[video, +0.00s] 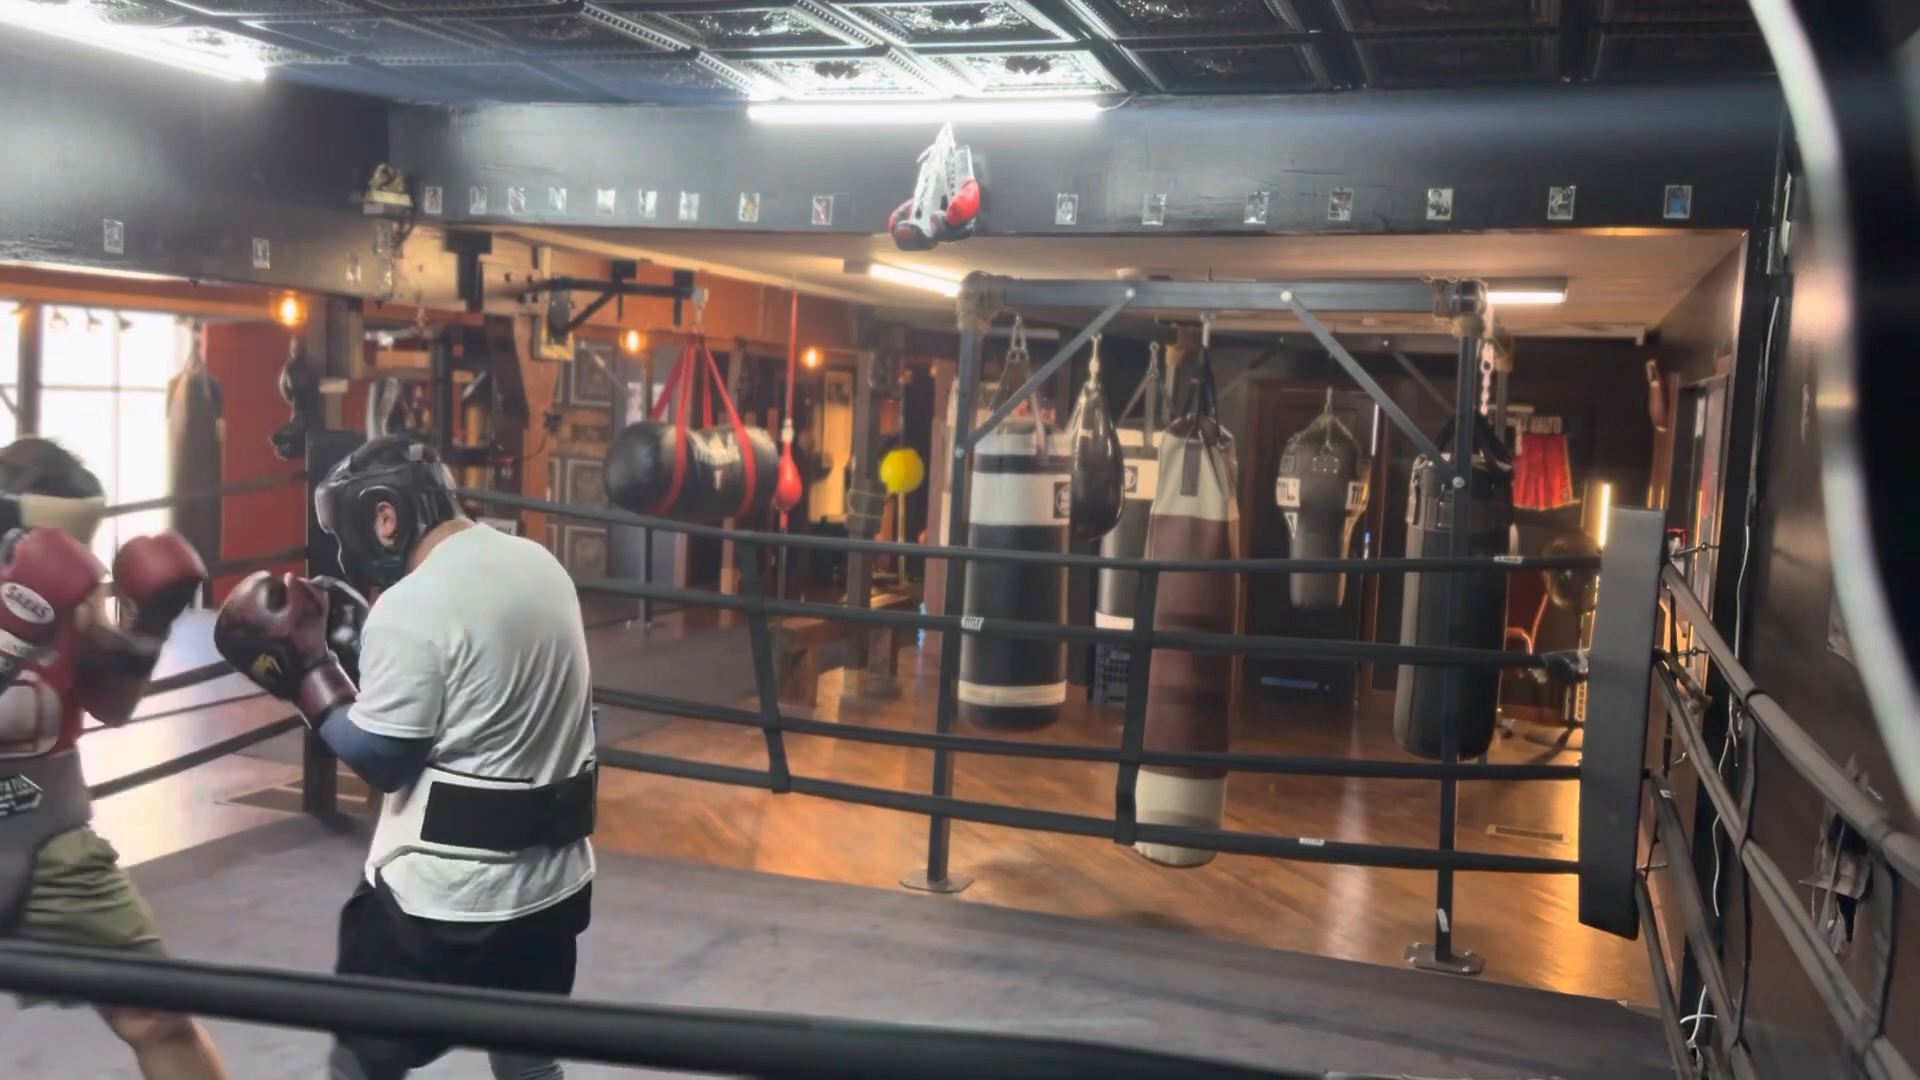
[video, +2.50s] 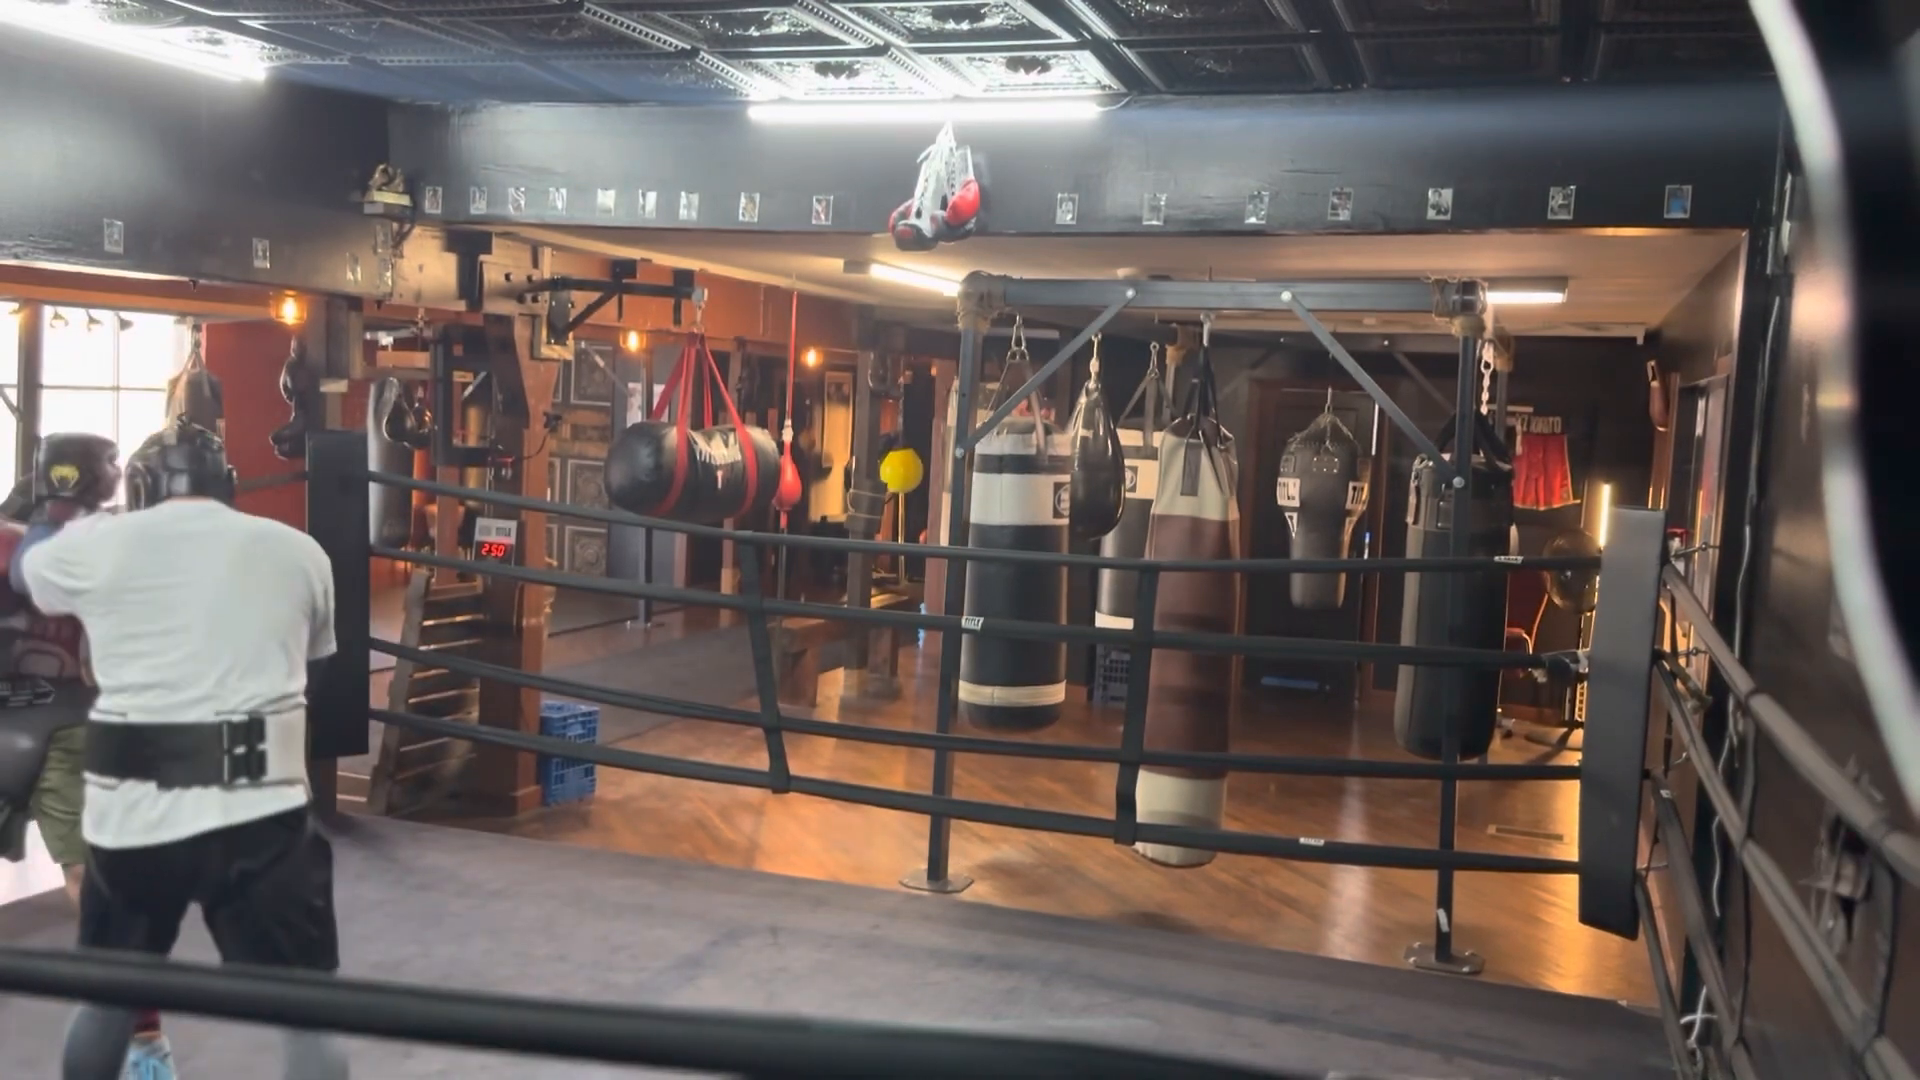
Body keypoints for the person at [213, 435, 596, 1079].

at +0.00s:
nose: (348, 547)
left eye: (348, 528)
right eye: (342, 531)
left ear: (388, 517)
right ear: (443, 501)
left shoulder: (411, 610)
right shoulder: (541, 565)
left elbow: (384, 763)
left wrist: (308, 668)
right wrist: (365, 639)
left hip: (443, 901)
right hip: (553, 890)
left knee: (363, 1060)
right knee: (530, 1062)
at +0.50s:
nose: (211, 533)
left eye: (214, 517)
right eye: (211, 517)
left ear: (240, 514)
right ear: (322, 498)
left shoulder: (212, 588)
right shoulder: (419, 567)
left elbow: (128, 702)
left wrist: (109, 618)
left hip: (276, 925)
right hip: (429, 911)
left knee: (212, 1065)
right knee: (467, 1066)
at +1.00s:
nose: (255, 508)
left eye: (260, 494)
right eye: (258, 495)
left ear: (277, 494)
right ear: (369, 497)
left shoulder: (211, 583)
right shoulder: (450, 580)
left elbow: (159, 728)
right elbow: (466, 725)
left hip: (240, 896)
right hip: (393, 895)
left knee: (204, 1062)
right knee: (420, 1063)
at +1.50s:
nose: (103, 522)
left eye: (110, 509)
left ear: (127, 514)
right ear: (219, 507)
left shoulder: (80, 591)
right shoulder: (302, 569)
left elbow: (33, 728)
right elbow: (294, 686)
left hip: (142, 893)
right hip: (291, 882)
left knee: (115, 1052)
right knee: (341, 1051)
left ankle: (111, 1060)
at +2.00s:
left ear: (215, 488)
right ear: (306, 496)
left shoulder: (144, 553)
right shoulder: (361, 578)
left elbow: (71, 660)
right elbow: (355, 731)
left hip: (135, 854)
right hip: (272, 863)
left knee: (112, 1017)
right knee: (313, 1049)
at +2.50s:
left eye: (133, 485)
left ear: (142, 488)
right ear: (227, 484)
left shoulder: (106, 545)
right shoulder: (296, 550)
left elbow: (31, 568)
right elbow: (318, 644)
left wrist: (77, 517)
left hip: (135, 823)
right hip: (265, 820)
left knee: (107, 996)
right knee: (307, 1012)